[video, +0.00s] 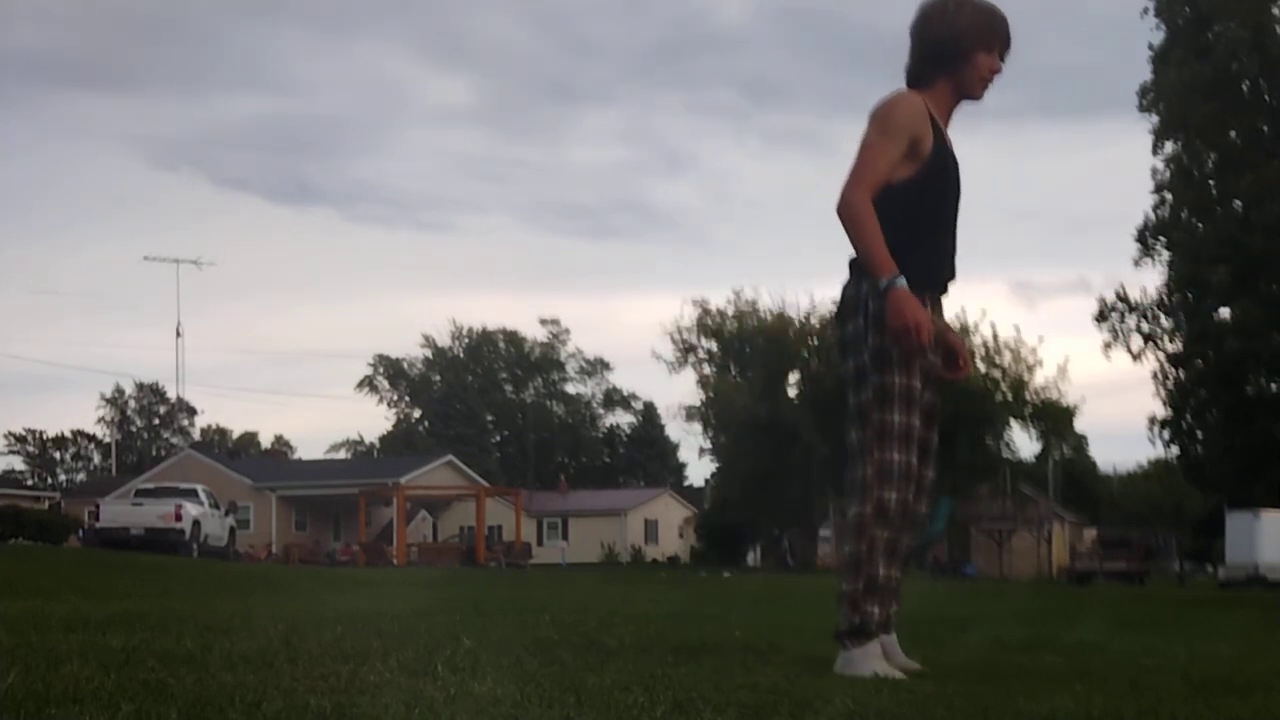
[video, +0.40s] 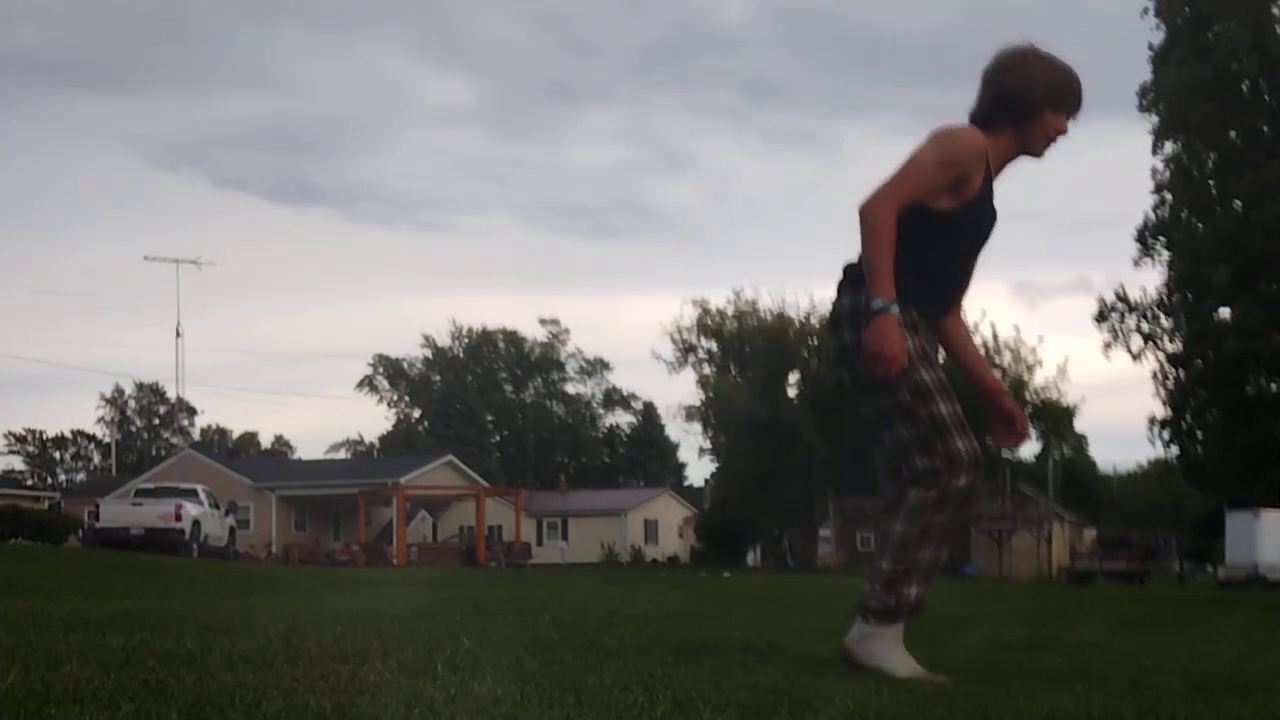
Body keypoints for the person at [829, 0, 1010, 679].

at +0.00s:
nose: (998, 69)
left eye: (1000, 58)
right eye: (992, 55)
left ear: (962, 56)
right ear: (960, 50)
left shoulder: (935, 135)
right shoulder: (905, 110)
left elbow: (914, 245)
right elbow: (853, 203)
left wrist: (939, 326)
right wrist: (893, 287)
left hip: (912, 316)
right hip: (884, 310)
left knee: (909, 475)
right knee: (886, 472)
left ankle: (880, 634)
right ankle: (857, 643)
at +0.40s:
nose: (1062, 131)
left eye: (1066, 120)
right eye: (1059, 116)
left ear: (1033, 113)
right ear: (1025, 107)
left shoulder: (983, 193)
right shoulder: (962, 147)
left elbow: (943, 310)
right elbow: (878, 206)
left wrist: (994, 389)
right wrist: (882, 311)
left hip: (909, 329)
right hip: (879, 317)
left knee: (953, 464)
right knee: (952, 458)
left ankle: (883, 627)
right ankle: (877, 628)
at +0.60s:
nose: (1117, 208)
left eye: (1121, 197)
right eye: (1113, 193)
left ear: (1074, 189)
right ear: (1078, 184)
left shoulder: (1018, 294)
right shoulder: (1006, 213)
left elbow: (1005, 400)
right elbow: (911, 254)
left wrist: (1043, 496)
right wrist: (918, 360)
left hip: (903, 362)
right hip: (880, 344)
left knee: (963, 493)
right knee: (987, 460)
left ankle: (890, 641)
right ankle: (986, 644)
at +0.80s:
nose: (1166, 254)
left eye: (1166, 240)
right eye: (1158, 238)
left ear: (1131, 245)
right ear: (1120, 237)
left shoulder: (1088, 356)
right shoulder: (1042, 285)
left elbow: (1050, 458)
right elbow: (990, 362)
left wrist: (1071, 581)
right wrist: (1057, 462)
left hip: (969, 458)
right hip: (915, 433)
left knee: (1012, 616)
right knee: (1053, 477)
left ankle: (904, 653)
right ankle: (1051, 667)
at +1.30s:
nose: (1253, 287)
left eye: (1256, 275)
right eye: (1249, 273)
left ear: (1188, 254)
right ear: (1219, 267)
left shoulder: (1138, 296)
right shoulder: (1159, 312)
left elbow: (1044, 366)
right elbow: (1169, 438)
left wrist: (1108, 425)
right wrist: (1185, 558)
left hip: (985, 399)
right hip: (978, 397)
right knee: (1103, 498)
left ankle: (967, 618)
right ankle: (1062, 669)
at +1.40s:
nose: (1257, 298)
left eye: (1260, 287)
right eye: (1255, 285)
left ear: (1189, 263)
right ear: (1227, 281)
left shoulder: (1146, 301)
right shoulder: (1168, 320)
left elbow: (1048, 357)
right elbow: (1150, 430)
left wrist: (1105, 412)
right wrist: (1161, 549)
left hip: (988, 377)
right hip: (984, 376)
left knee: (1071, 510)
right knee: (1071, 504)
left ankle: (998, 651)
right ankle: (1060, 668)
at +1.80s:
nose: (1274, 247)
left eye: (1277, 234)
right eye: (1275, 233)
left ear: (1225, 204)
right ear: (1260, 227)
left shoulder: (1176, 240)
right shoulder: (1203, 254)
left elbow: (1116, 329)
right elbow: (1146, 349)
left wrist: (1179, 374)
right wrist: (1219, 418)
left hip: (1036, 357)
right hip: (1071, 356)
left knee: (1087, 505)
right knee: (1176, 474)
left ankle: (1002, 638)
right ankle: (1176, 651)